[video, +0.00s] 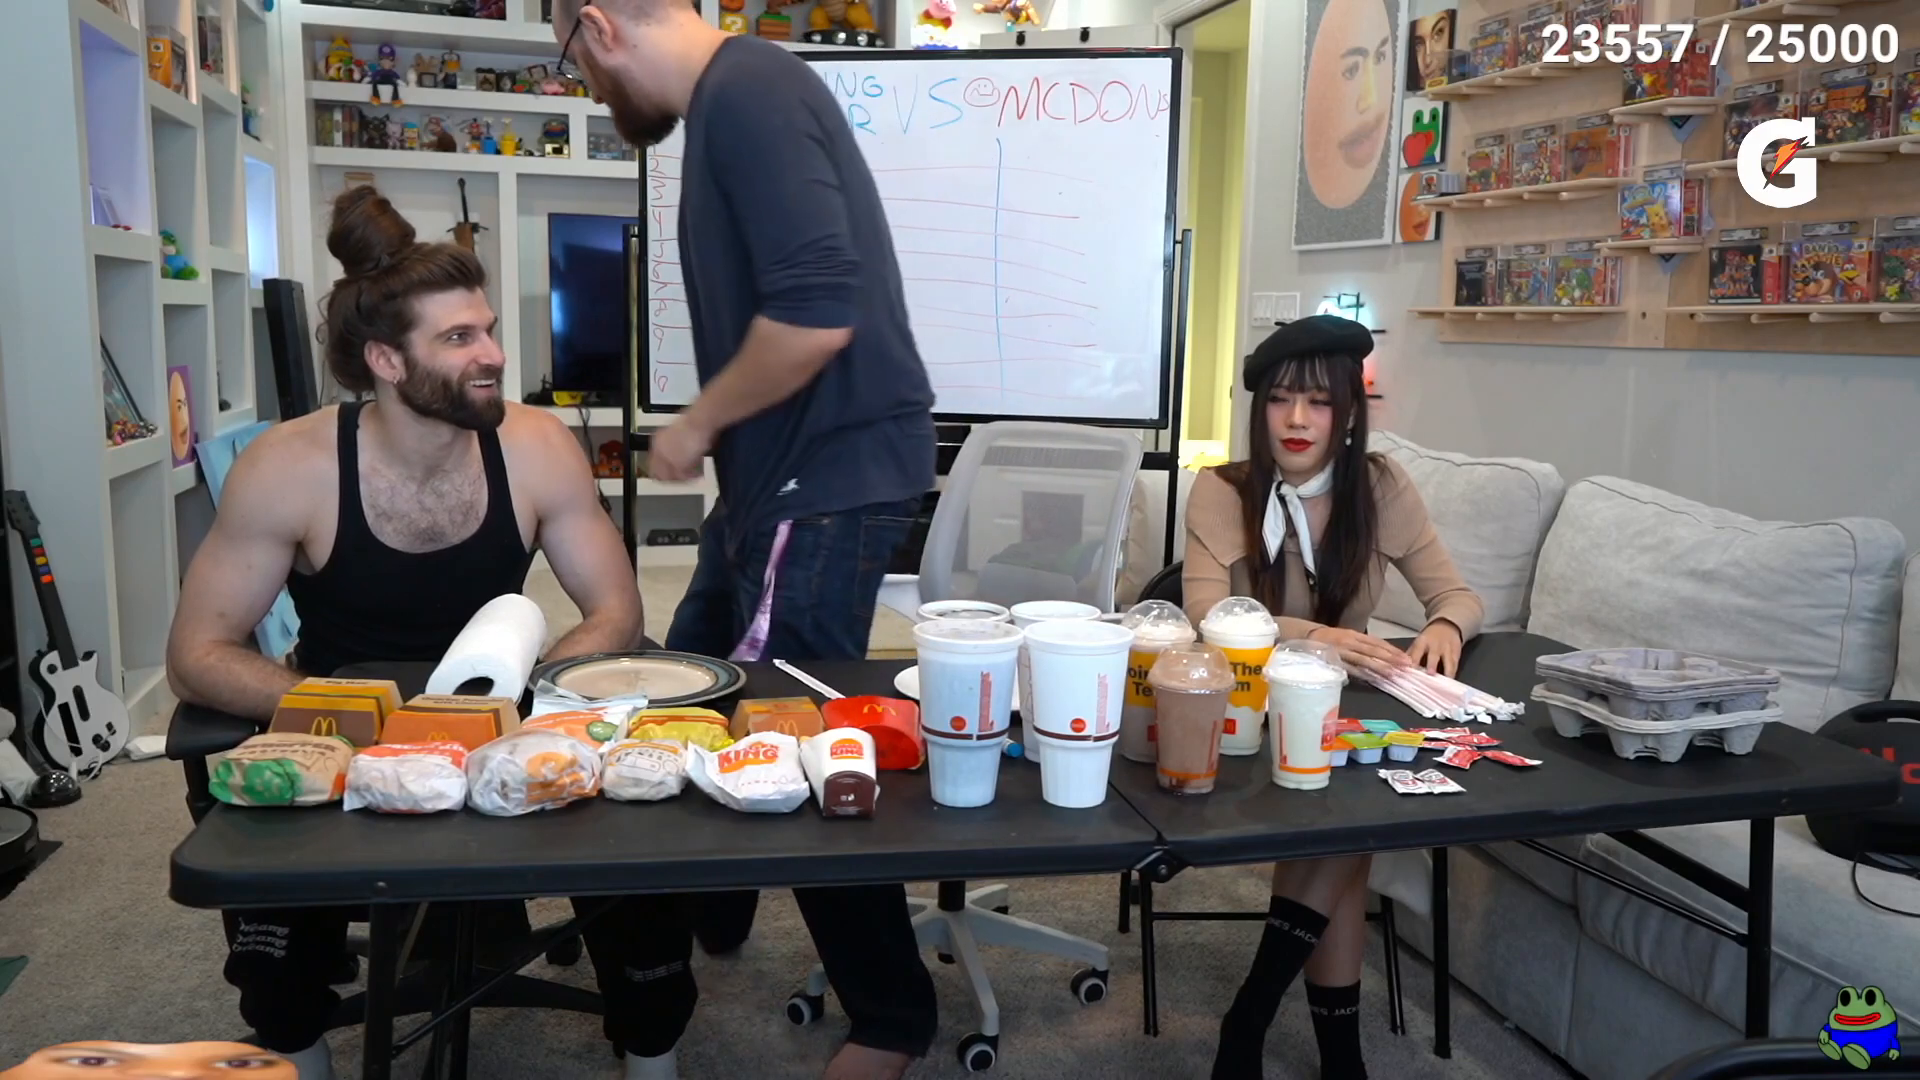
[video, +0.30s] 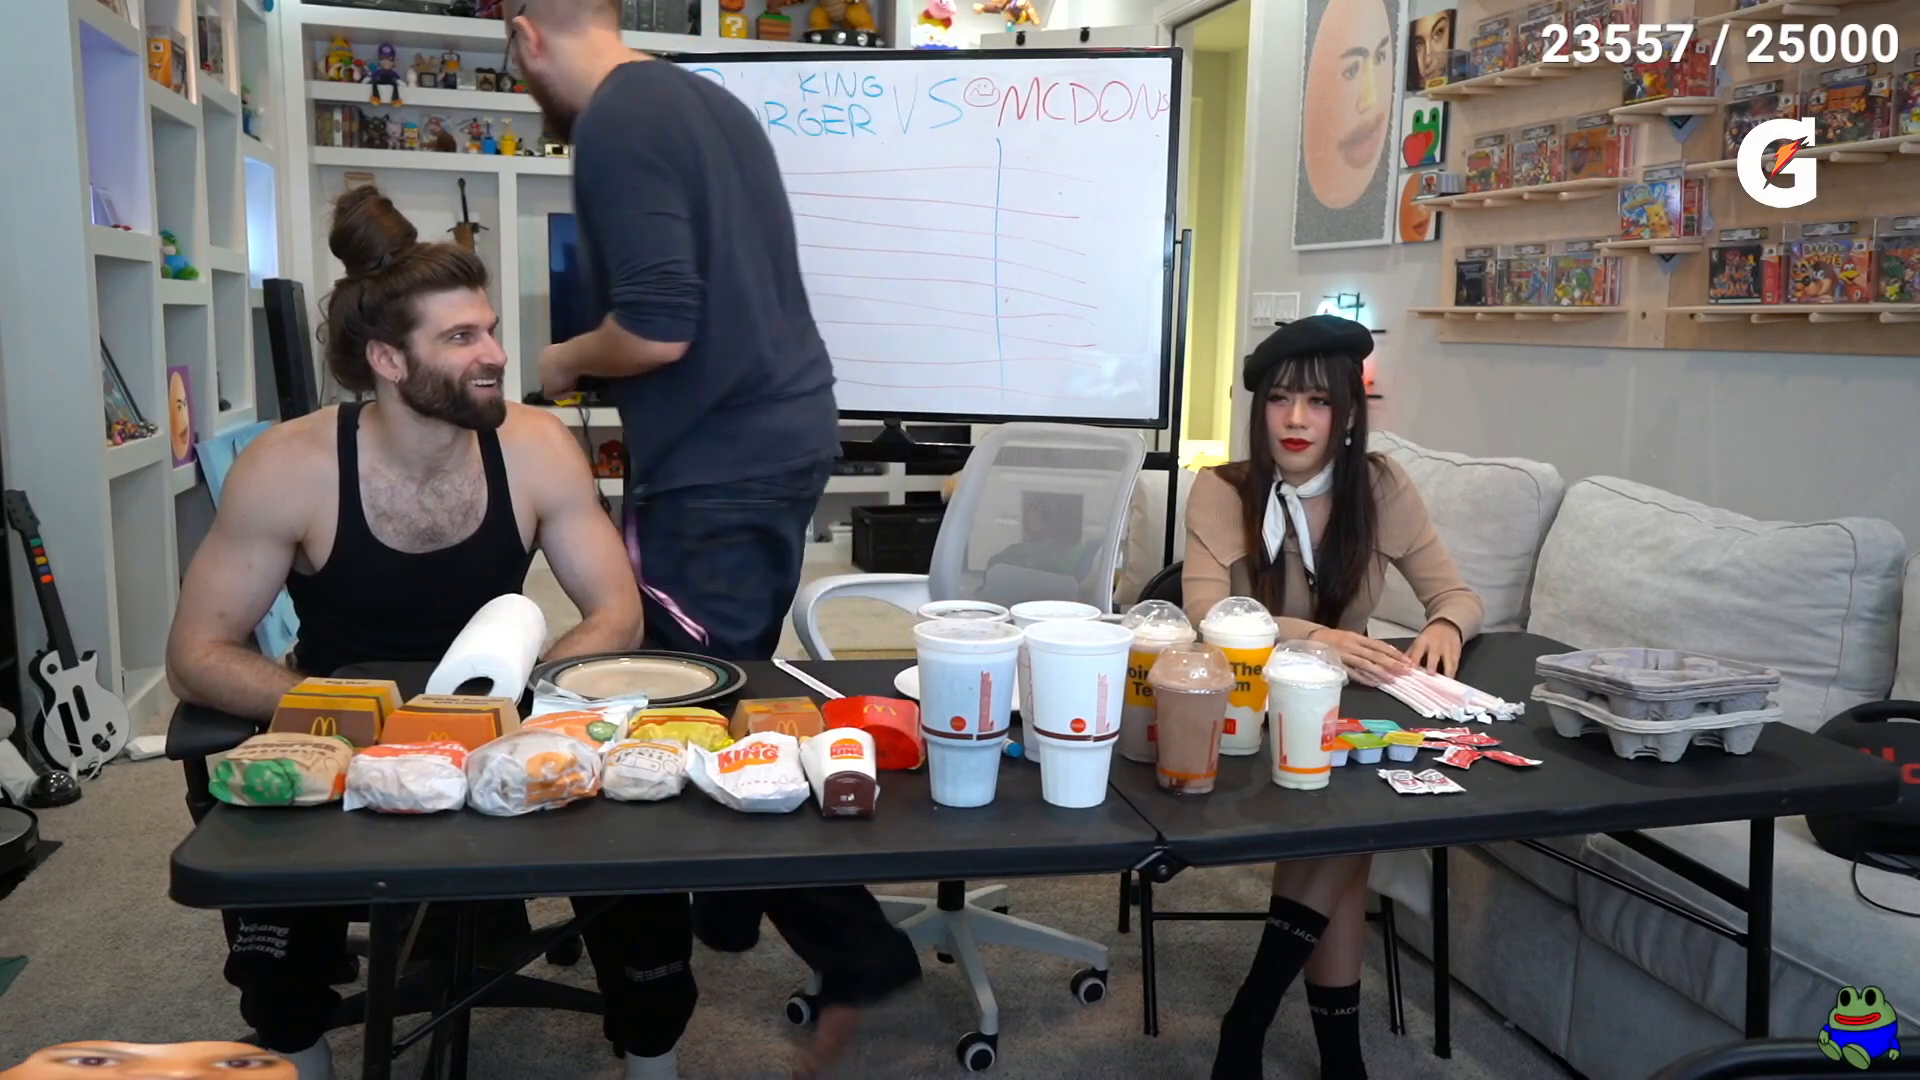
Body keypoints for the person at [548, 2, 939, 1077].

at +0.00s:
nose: (588, 89)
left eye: (576, 60)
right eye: (576, 68)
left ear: (607, 28)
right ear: (643, 21)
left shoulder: (749, 92)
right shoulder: (730, 103)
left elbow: (815, 310)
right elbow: (791, 312)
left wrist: (696, 422)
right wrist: (734, 441)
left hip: (829, 477)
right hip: (777, 477)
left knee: (795, 739)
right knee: (688, 699)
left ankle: (894, 1021)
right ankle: (710, 913)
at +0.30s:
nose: (519, 77)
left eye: (512, 53)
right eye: (517, 56)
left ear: (530, 32)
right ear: (607, 21)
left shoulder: (620, 120)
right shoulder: (707, 101)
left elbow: (654, 331)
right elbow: (734, 291)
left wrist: (564, 359)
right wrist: (614, 359)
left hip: (715, 460)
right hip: (779, 441)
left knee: (699, 719)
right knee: (718, 697)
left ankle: (856, 956)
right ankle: (721, 902)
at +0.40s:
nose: (489, 88)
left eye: (481, 68)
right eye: (482, 71)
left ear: (493, 55)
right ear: (576, 35)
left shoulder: (566, 137)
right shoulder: (689, 111)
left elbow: (606, 338)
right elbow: (716, 291)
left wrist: (524, 384)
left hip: (683, 477)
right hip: (774, 457)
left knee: (657, 707)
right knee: (740, 703)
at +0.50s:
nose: (462, 110)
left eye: (455, 92)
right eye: (457, 94)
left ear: (465, 75)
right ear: (548, 51)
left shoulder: (523, 154)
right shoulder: (658, 122)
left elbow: (570, 334)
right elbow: (689, 280)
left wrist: (496, 413)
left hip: (642, 473)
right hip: (746, 458)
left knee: (627, 689)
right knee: (728, 684)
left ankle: (631, 915)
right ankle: (727, 902)